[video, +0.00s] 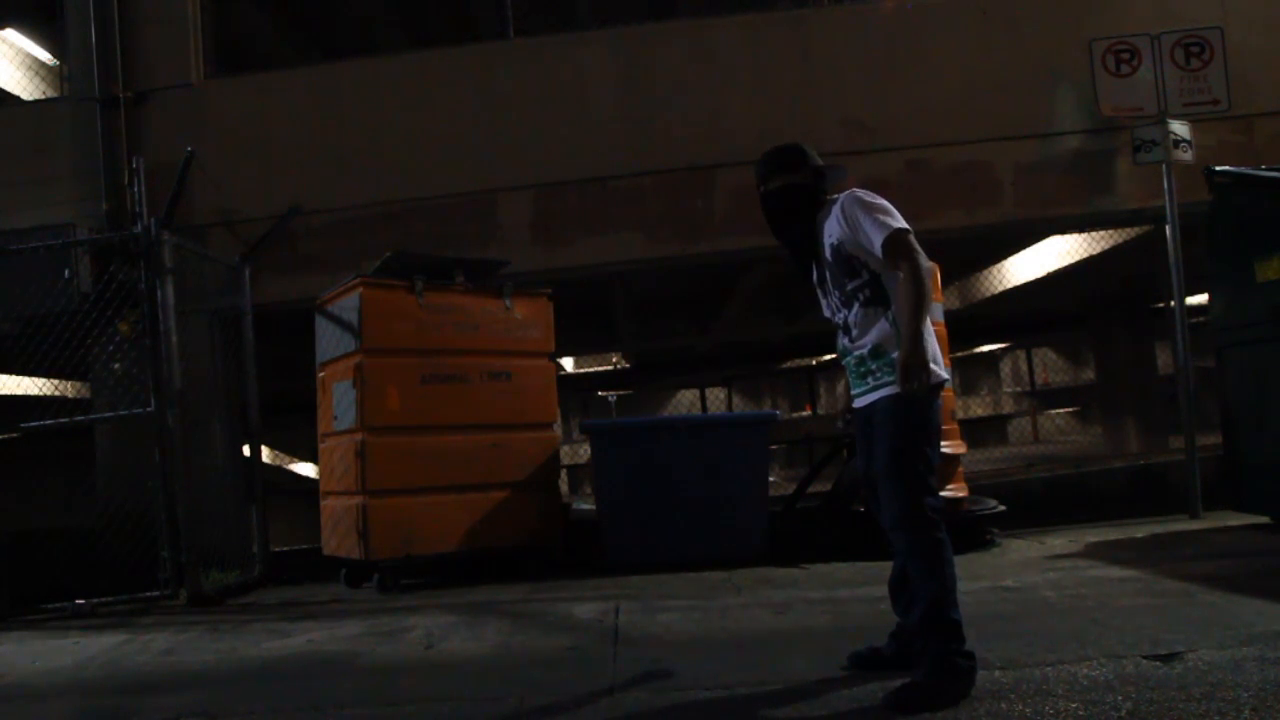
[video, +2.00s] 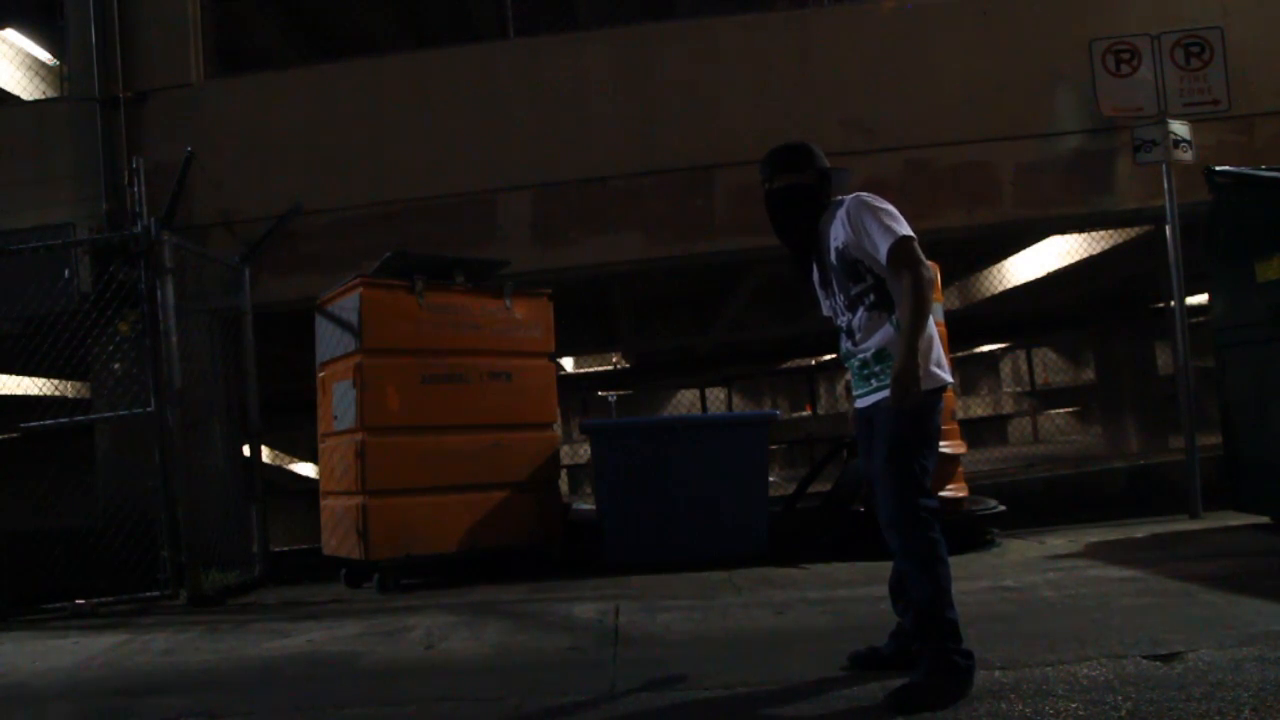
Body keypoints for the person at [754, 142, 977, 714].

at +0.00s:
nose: (773, 207)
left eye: (778, 193)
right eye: (768, 197)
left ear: (806, 182)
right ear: (784, 194)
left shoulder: (852, 206)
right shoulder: (823, 244)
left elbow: (912, 264)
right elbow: (861, 321)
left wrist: (912, 353)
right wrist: (860, 392)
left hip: (904, 393)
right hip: (876, 402)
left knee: (915, 520)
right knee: (897, 520)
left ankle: (947, 660)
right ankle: (914, 638)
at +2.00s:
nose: (776, 209)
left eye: (783, 194)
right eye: (771, 198)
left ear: (811, 185)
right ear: (783, 197)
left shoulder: (858, 211)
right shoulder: (822, 256)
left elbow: (917, 275)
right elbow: (856, 332)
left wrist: (907, 372)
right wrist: (862, 395)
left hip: (908, 392)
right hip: (875, 400)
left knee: (911, 519)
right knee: (896, 519)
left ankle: (946, 660)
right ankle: (914, 637)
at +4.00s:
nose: (749, 217)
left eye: (755, 203)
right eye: (745, 205)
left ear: (783, 195)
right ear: (758, 205)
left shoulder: (835, 220)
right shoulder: (798, 263)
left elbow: (895, 280)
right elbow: (835, 341)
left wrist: (893, 371)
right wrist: (841, 401)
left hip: (898, 392)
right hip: (866, 401)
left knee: (905, 520)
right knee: (888, 521)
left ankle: (944, 660)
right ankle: (910, 640)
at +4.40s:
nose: (712, 221)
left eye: (720, 207)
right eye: (708, 210)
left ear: (747, 202)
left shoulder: (794, 232)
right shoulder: (757, 272)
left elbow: (856, 287)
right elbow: (805, 345)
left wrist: (882, 377)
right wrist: (814, 408)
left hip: (871, 394)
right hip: (843, 402)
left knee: (846, 517)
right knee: (878, 514)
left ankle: (929, 634)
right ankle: (908, 635)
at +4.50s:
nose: (686, 228)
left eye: (694, 214)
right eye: (683, 216)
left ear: (721, 209)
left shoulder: (769, 240)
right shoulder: (733, 276)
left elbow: (840, 296)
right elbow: (782, 349)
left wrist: (886, 373)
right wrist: (791, 412)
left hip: (852, 400)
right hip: (822, 409)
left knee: (811, 522)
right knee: (870, 516)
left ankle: (910, 630)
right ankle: (914, 633)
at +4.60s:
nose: (653, 241)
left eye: (660, 228)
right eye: (652, 229)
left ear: (684, 225)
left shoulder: (735, 255)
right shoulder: (700, 291)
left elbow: (801, 320)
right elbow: (748, 363)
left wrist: (858, 391)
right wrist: (756, 423)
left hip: (825, 415)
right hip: (797, 422)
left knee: (762, 530)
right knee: (846, 527)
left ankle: (841, 640)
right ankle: (918, 634)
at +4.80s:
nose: (555, 256)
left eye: (559, 245)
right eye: (556, 248)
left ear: (576, 240)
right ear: (609, 234)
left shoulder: (615, 269)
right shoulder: (622, 275)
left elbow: (573, 303)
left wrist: (497, 298)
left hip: (728, 429)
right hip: (737, 424)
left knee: (670, 557)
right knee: (770, 539)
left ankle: (741, 675)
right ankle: (888, 611)